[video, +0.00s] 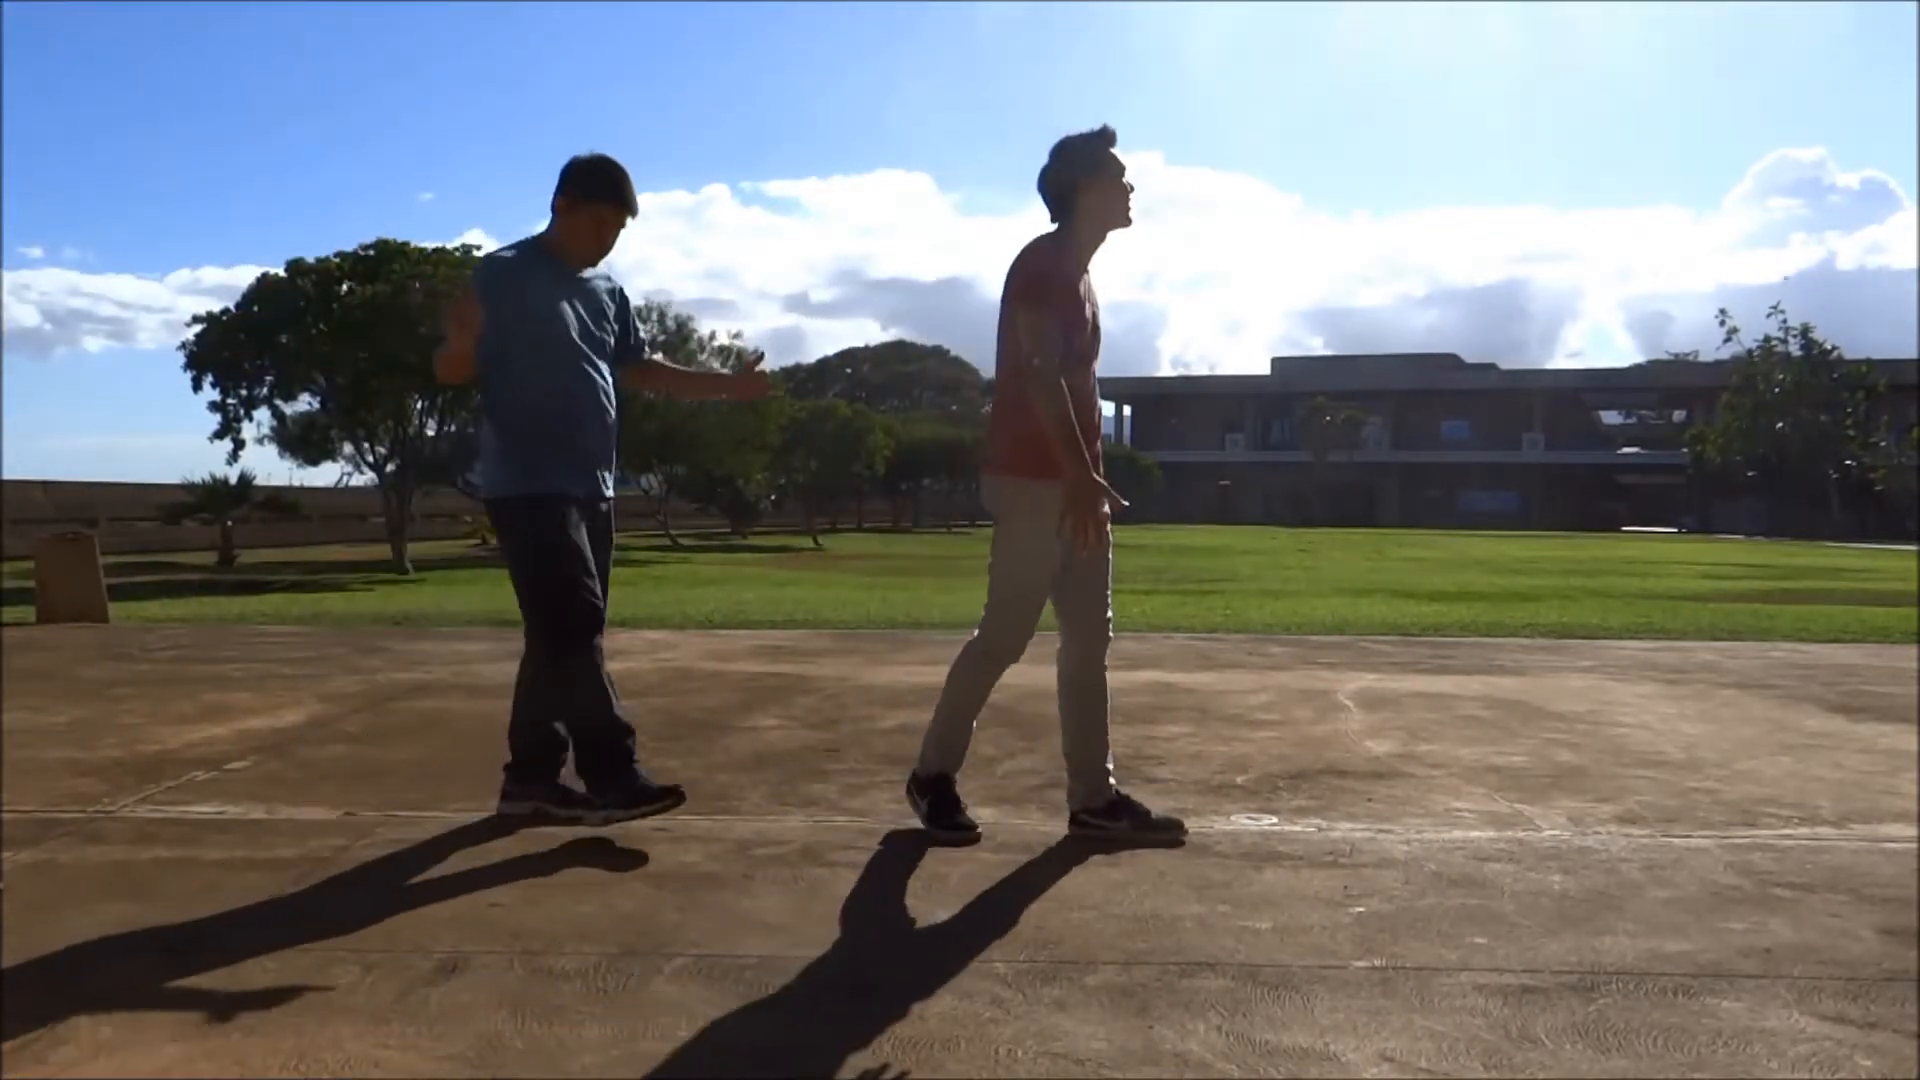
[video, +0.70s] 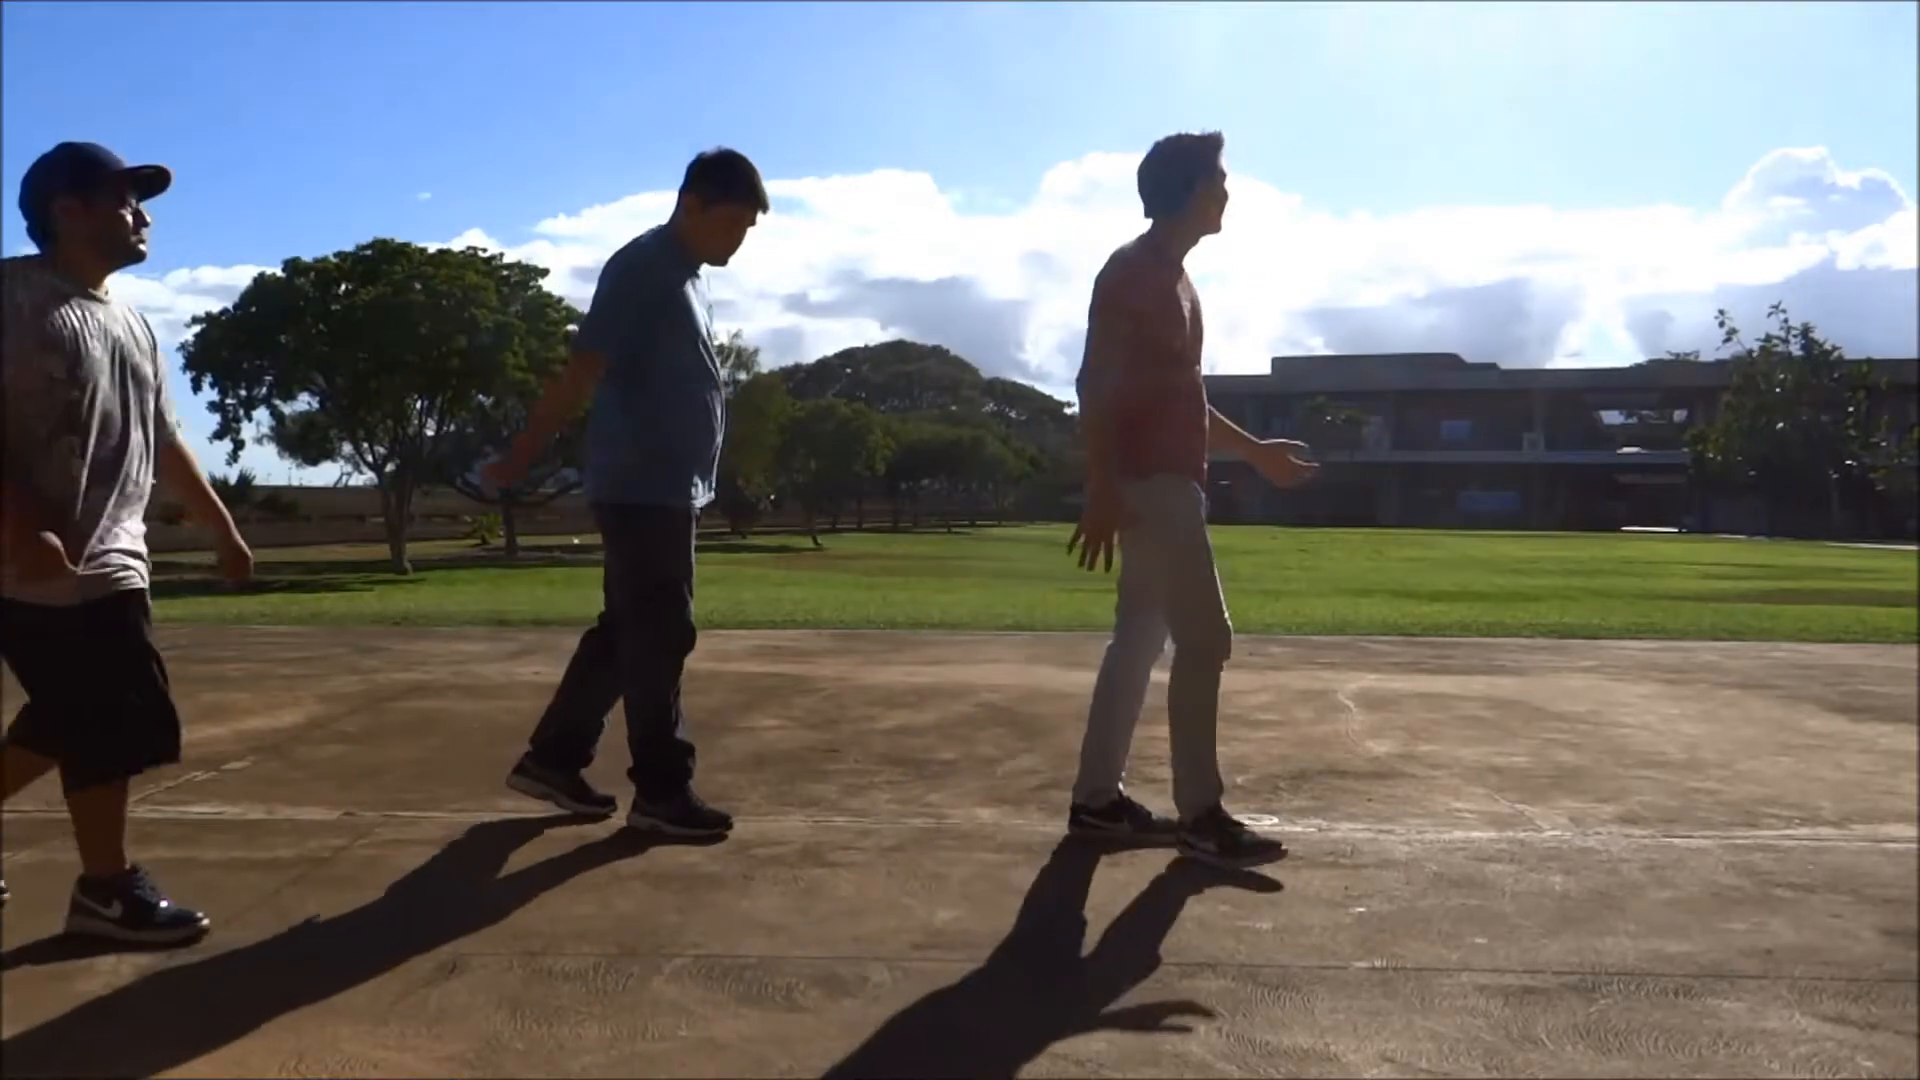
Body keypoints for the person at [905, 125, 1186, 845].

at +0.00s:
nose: (1130, 185)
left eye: (1125, 175)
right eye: (1117, 175)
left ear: (1091, 192)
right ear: (1082, 190)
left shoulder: (1076, 279)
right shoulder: (1043, 264)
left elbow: (1076, 388)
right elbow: (1043, 375)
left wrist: (1095, 480)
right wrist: (1079, 477)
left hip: (1078, 480)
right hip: (1032, 479)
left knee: (1087, 642)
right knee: (1006, 633)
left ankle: (1093, 799)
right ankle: (932, 776)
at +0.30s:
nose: (1174, 181)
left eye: (1168, 169)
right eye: (1161, 170)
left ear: (1133, 190)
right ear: (1126, 188)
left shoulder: (1121, 273)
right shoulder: (1091, 265)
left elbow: (1109, 389)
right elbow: (1077, 380)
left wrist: (1153, 457)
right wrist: (1108, 471)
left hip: (1123, 479)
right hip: (1089, 476)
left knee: (1115, 641)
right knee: (1097, 638)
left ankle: (1096, 799)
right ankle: (983, 752)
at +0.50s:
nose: (1200, 188)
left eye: (1195, 176)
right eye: (1188, 176)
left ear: (1155, 191)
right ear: (1155, 189)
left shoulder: (1147, 276)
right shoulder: (1110, 269)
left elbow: (1155, 392)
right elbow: (1090, 386)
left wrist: (1208, 456)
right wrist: (1102, 483)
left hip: (1149, 481)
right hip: (1127, 483)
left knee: (1133, 633)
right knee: (1165, 633)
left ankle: (1103, 792)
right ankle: (1072, 778)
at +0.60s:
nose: (1215, 190)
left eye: (1211, 178)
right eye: (1204, 178)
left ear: (1169, 193)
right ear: (1173, 191)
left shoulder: (1164, 280)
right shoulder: (1119, 270)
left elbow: (1170, 399)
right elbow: (1091, 387)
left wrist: (1235, 452)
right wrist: (1100, 486)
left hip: (1162, 487)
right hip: (1141, 488)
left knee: (1136, 635)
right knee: (1188, 638)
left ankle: (1099, 804)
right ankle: (1131, 803)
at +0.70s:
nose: (1229, 192)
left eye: (1225, 179)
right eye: (1220, 180)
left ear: (1184, 193)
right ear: (1189, 192)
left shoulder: (1177, 279)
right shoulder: (1133, 271)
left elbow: (1182, 398)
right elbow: (1097, 387)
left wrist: (1256, 448)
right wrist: (1101, 488)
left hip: (1169, 485)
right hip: (1153, 487)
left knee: (1138, 640)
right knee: (1205, 641)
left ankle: (1097, 799)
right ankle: (1200, 816)